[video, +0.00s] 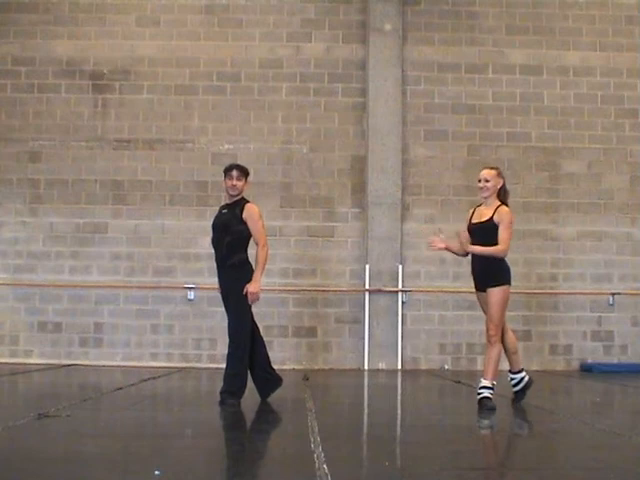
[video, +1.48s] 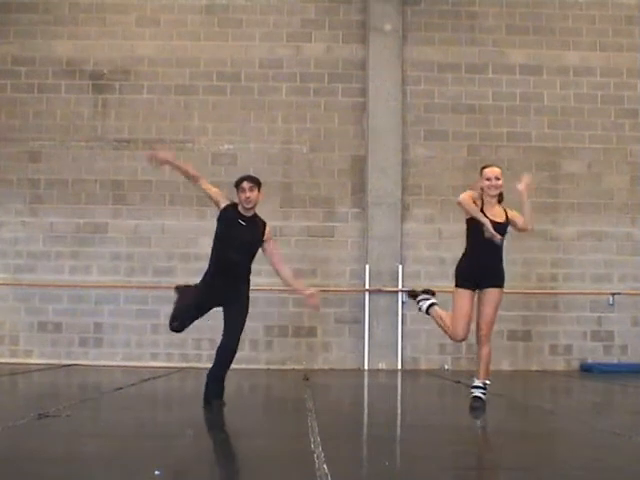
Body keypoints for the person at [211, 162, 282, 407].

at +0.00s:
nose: (234, 183)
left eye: (239, 179)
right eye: (230, 178)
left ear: (246, 183)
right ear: (224, 182)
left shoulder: (249, 209)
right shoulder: (224, 209)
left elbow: (262, 245)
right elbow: (224, 247)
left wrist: (256, 281)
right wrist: (222, 280)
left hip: (240, 275)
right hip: (225, 276)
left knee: (238, 333)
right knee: (246, 330)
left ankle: (231, 393)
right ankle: (267, 379)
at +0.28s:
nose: (235, 183)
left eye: (240, 179)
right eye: (231, 178)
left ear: (247, 183)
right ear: (225, 182)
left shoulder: (251, 209)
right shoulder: (225, 209)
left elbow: (264, 245)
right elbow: (224, 248)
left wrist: (257, 281)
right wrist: (223, 280)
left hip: (241, 275)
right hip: (226, 276)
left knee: (239, 333)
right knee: (247, 330)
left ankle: (231, 393)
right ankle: (268, 380)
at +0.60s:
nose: (236, 184)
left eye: (241, 180)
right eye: (232, 180)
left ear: (248, 184)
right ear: (226, 183)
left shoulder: (253, 210)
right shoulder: (228, 211)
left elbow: (265, 247)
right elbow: (230, 250)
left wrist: (250, 278)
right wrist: (225, 280)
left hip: (246, 279)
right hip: (230, 279)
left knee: (240, 335)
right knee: (249, 332)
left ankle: (232, 392)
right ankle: (271, 381)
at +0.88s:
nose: (235, 186)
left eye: (239, 183)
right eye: (231, 183)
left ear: (247, 186)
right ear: (226, 187)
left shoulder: (252, 209)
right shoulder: (232, 212)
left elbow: (255, 241)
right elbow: (235, 246)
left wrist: (226, 261)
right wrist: (228, 276)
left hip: (251, 277)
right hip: (239, 278)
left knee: (241, 333)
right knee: (255, 331)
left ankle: (231, 392)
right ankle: (276, 383)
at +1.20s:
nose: (244, 189)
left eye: (249, 185)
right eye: (240, 184)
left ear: (256, 190)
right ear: (234, 187)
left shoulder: (257, 222)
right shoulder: (222, 210)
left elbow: (267, 259)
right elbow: (196, 224)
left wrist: (277, 289)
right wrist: (173, 237)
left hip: (243, 284)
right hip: (224, 283)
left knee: (227, 333)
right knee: (241, 332)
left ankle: (226, 394)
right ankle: (271, 376)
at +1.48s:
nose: (247, 195)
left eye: (251, 190)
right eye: (242, 191)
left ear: (259, 195)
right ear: (236, 195)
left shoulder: (262, 229)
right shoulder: (225, 208)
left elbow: (280, 265)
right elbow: (197, 179)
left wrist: (303, 291)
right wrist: (169, 161)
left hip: (238, 292)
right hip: (212, 286)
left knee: (229, 346)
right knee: (176, 326)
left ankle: (212, 394)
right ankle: (186, 294)